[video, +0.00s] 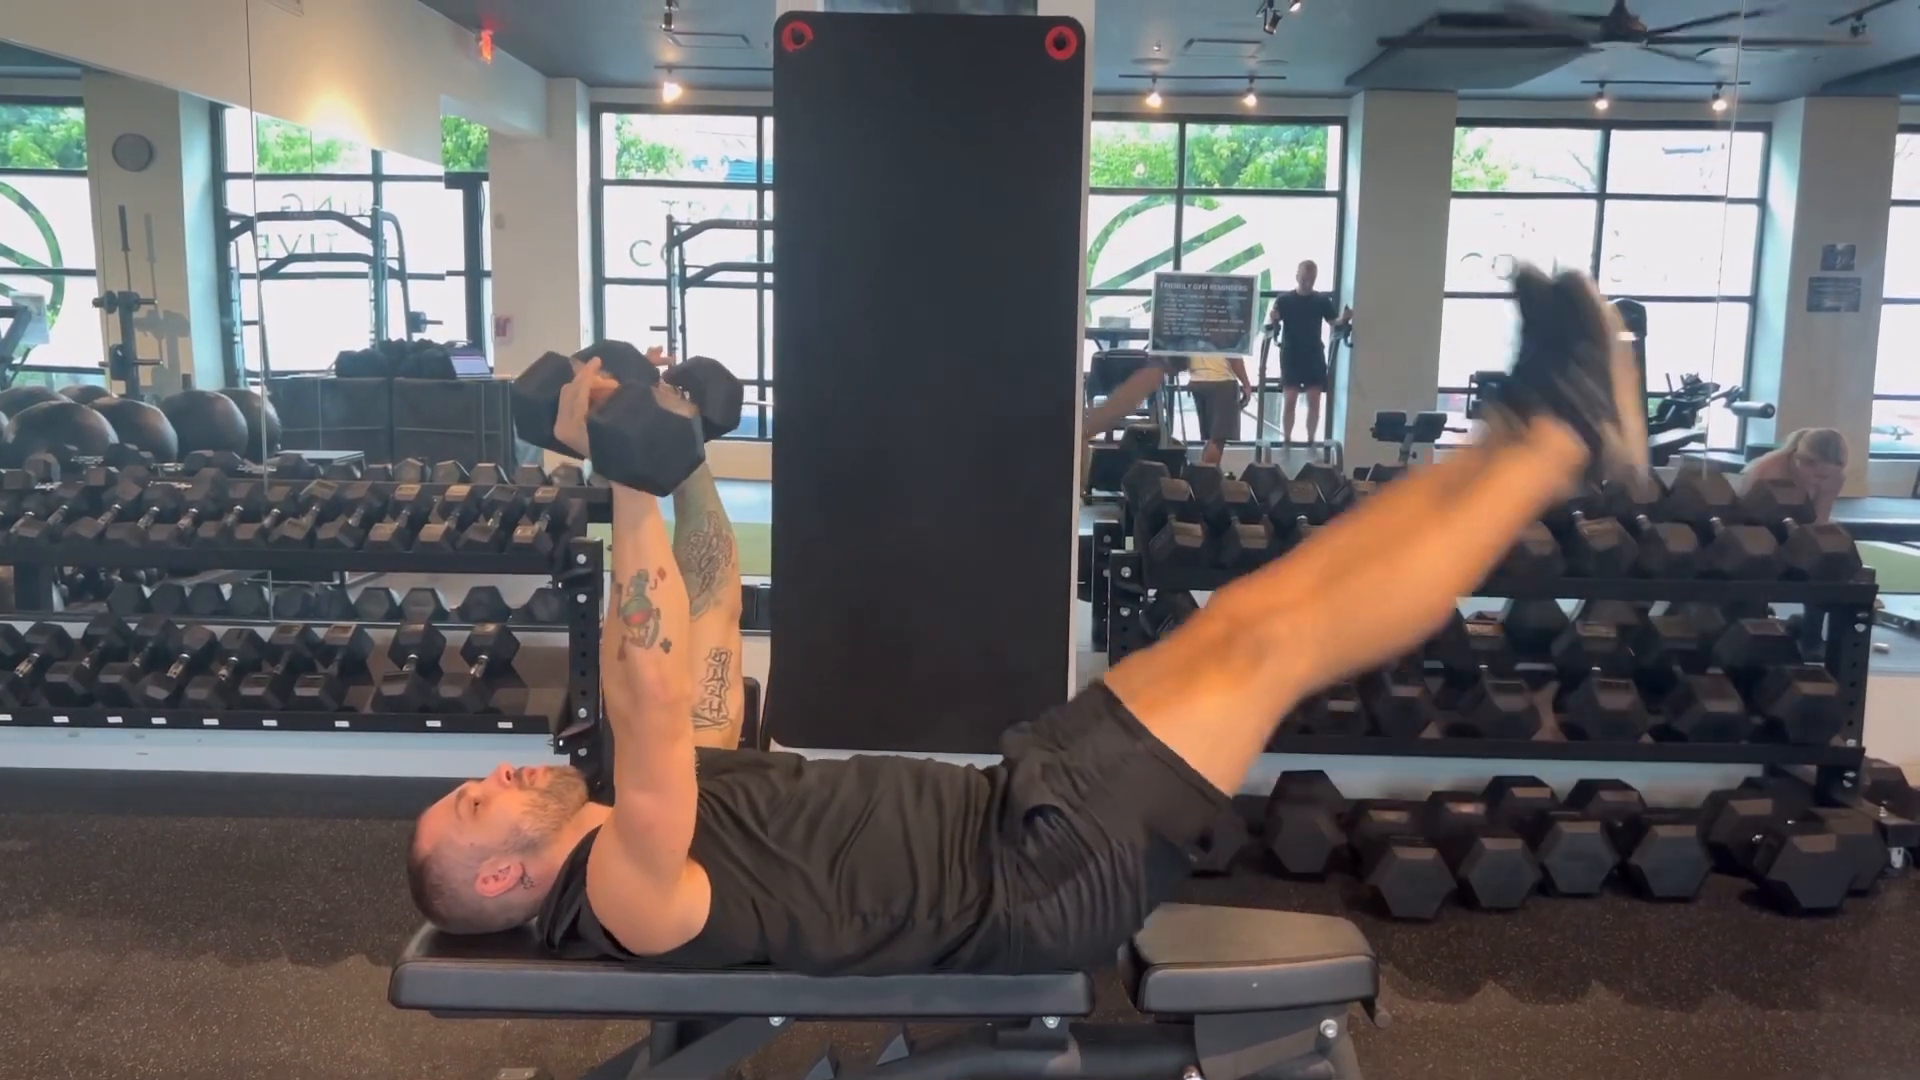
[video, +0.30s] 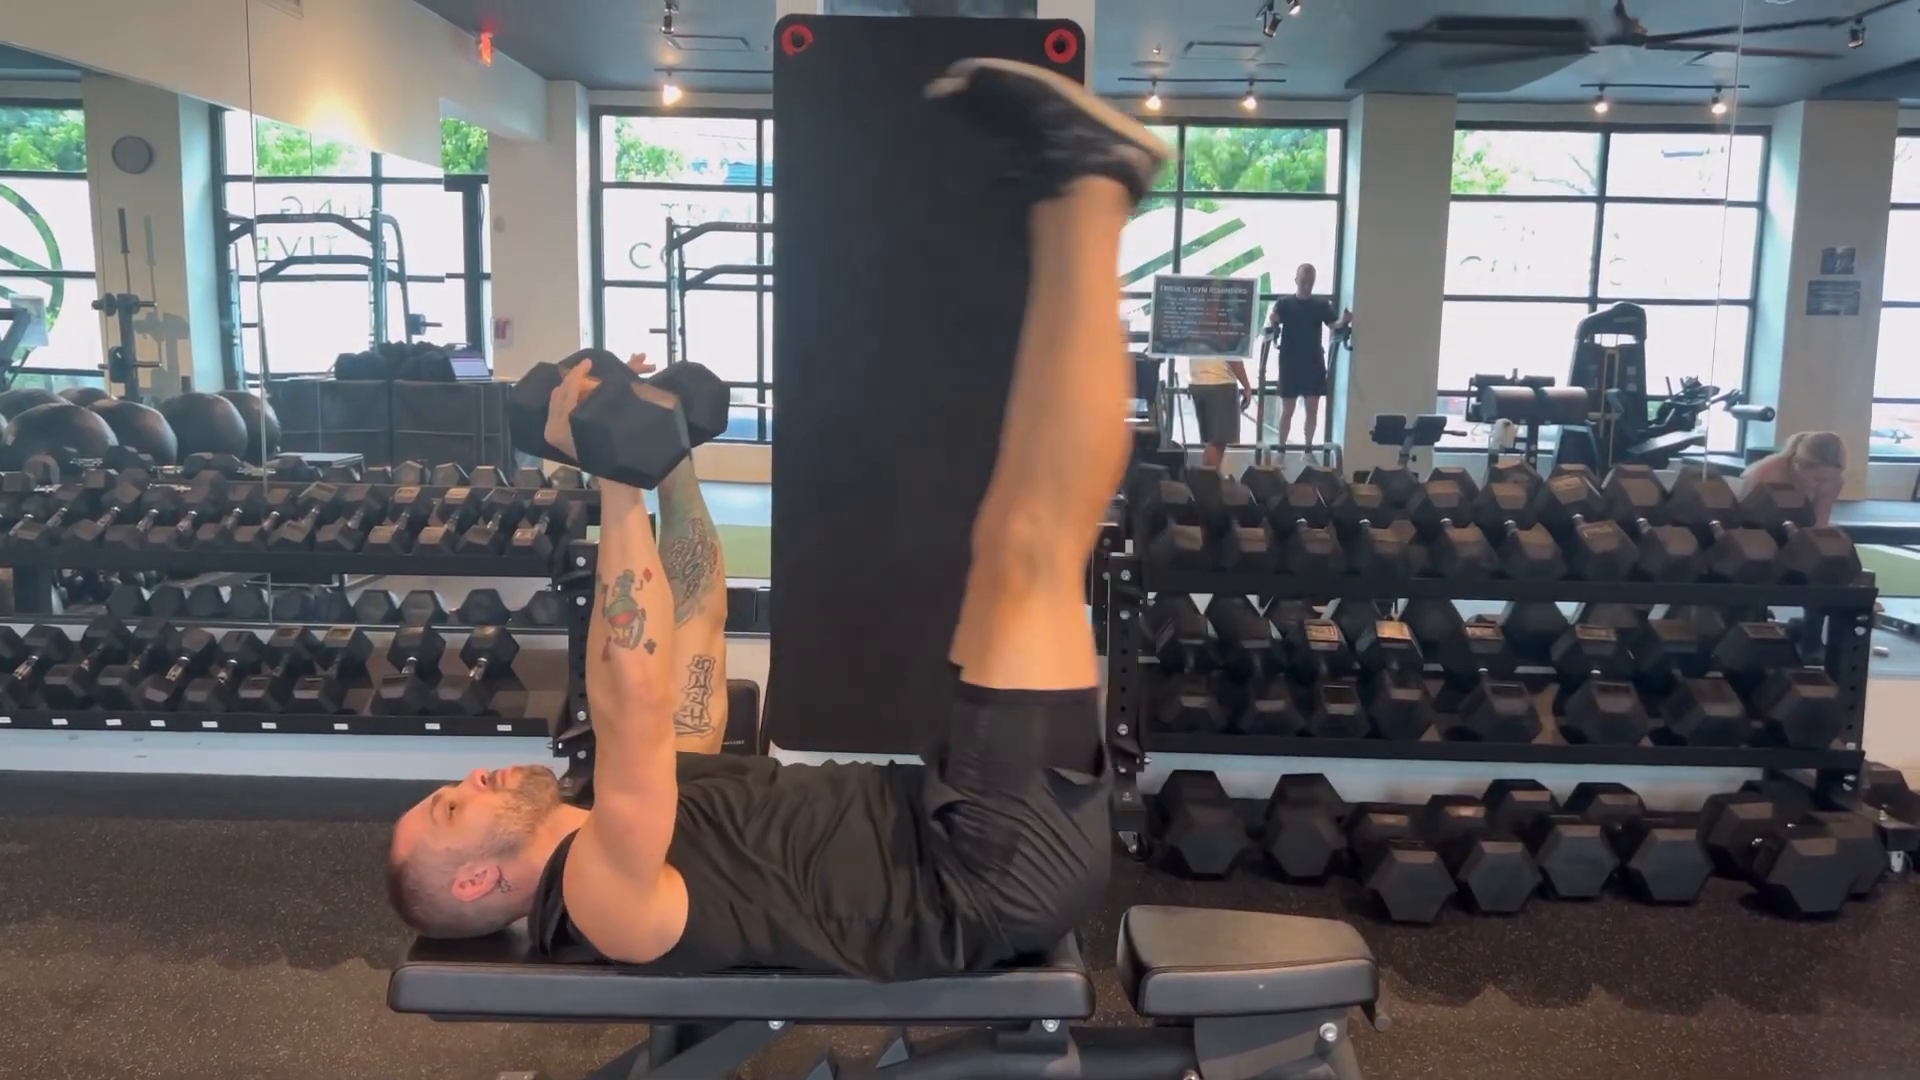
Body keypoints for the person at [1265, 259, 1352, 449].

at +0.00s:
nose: (1307, 282)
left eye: (1310, 278)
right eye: (1303, 278)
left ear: (1315, 278)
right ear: (1297, 277)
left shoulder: (1321, 300)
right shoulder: (1285, 300)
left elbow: (1333, 323)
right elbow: (1271, 324)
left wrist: (1344, 319)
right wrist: (1272, 319)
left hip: (1314, 352)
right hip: (1291, 353)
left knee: (1314, 399)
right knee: (1290, 399)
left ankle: (1311, 442)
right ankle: (1286, 441)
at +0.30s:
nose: (1306, 286)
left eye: (1310, 282)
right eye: (1303, 281)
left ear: (1314, 282)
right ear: (1296, 280)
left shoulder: (1321, 305)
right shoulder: (1284, 304)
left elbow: (1334, 328)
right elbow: (1270, 332)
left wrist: (1344, 322)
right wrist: (1272, 324)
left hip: (1313, 361)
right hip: (1289, 361)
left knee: (1312, 409)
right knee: (1288, 409)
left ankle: (1308, 449)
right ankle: (1281, 449)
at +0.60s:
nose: (1306, 289)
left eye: (1309, 285)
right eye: (1302, 285)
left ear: (1313, 285)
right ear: (1295, 284)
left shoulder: (1321, 307)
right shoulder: (1284, 307)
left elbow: (1332, 330)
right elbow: (1272, 335)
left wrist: (1344, 324)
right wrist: (1272, 325)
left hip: (1313, 362)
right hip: (1290, 363)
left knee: (1314, 411)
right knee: (1290, 411)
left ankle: (1312, 452)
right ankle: (1285, 452)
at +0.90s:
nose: (1306, 291)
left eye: (1309, 288)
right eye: (1302, 287)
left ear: (1313, 288)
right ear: (1296, 287)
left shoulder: (1321, 310)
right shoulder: (1284, 310)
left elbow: (1334, 334)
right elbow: (1270, 338)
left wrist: (1344, 328)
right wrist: (1272, 328)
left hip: (1313, 363)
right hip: (1290, 363)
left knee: (1316, 409)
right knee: (1291, 409)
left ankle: (1316, 454)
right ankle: (1288, 454)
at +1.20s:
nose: (1305, 290)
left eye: (1308, 286)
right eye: (1301, 286)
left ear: (1312, 288)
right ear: (1294, 288)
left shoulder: (1320, 312)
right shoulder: (1284, 312)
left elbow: (1332, 335)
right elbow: (1270, 338)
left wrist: (1344, 329)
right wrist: (1272, 330)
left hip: (1312, 367)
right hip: (1289, 367)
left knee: (1312, 414)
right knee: (1289, 414)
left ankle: (1309, 456)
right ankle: (1285, 457)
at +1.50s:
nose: (1303, 291)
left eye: (1306, 288)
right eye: (1300, 287)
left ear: (1311, 289)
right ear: (1293, 289)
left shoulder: (1320, 313)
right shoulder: (1284, 313)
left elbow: (1332, 336)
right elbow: (1271, 335)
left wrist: (1343, 330)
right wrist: (1272, 331)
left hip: (1312, 367)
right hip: (1289, 367)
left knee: (1308, 416)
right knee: (1291, 415)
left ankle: (1306, 455)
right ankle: (1285, 455)